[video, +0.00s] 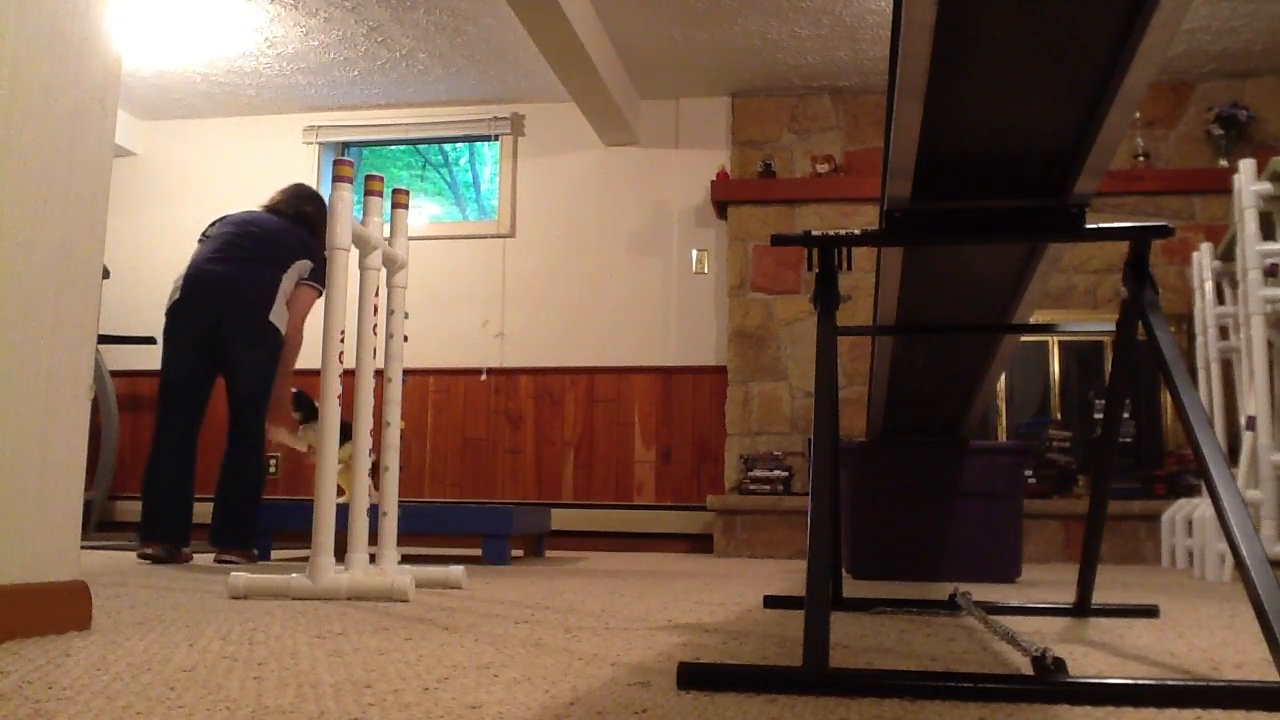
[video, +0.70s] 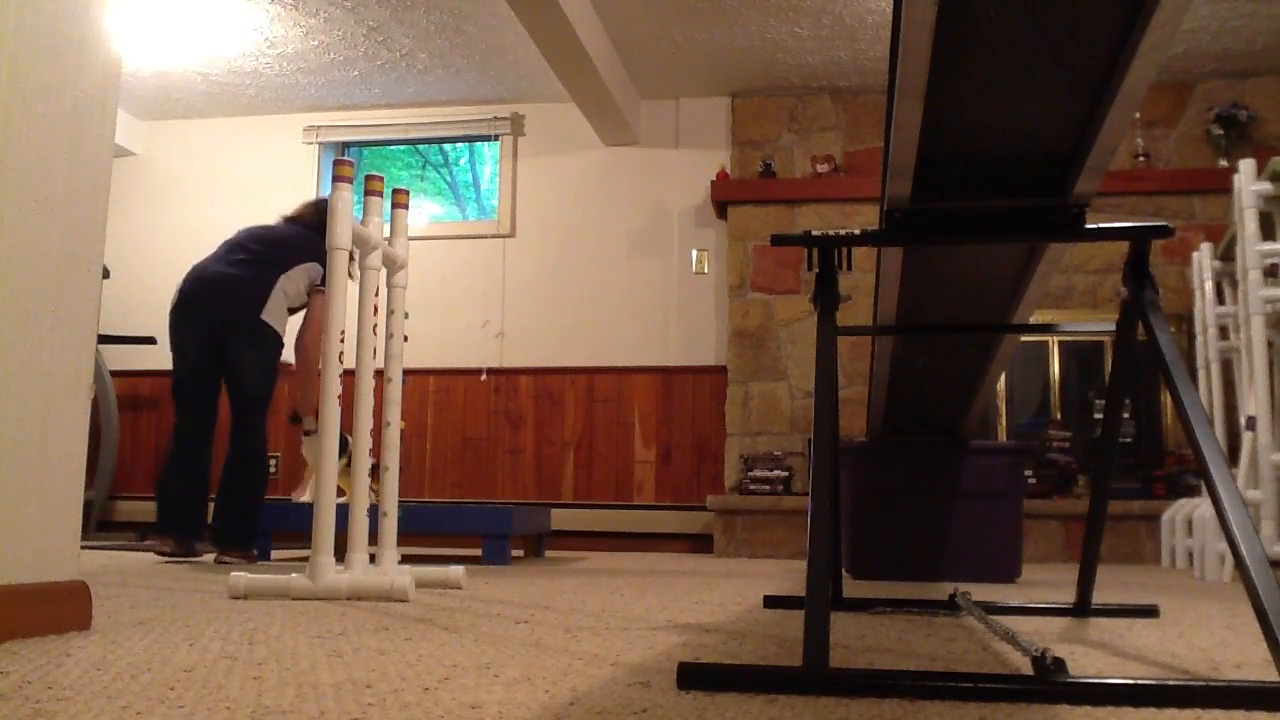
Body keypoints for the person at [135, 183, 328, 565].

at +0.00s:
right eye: (321, 227)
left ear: (273, 204)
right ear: (317, 222)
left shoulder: (229, 221)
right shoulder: (313, 249)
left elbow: (189, 288)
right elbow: (293, 323)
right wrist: (280, 401)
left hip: (189, 319)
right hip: (252, 328)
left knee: (176, 425)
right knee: (247, 434)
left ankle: (162, 538)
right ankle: (233, 543)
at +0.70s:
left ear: (300, 216)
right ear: (334, 233)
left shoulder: (259, 233)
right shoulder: (326, 257)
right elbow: (309, 342)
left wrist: (270, 361)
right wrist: (307, 404)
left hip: (191, 307)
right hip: (250, 322)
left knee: (192, 423)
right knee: (249, 433)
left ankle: (178, 532)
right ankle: (235, 542)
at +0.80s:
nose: (346, 271)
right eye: (347, 262)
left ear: (305, 225)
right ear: (338, 244)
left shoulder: (265, 242)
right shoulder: (327, 259)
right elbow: (304, 341)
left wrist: (284, 374)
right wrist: (308, 398)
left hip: (188, 309)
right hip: (247, 323)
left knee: (196, 423)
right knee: (248, 431)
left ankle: (184, 534)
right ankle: (234, 540)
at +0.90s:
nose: (347, 288)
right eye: (352, 276)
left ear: (316, 241)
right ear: (345, 258)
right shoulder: (326, 266)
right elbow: (306, 348)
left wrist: (303, 397)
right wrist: (316, 404)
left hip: (183, 312)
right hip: (238, 326)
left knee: (202, 430)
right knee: (247, 435)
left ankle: (204, 536)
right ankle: (236, 542)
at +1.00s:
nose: (353, 297)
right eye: (355, 287)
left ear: (325, 253)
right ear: (348, 270)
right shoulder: (329, 272)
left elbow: (280, 370)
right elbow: (308, 360)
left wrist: (319, 417)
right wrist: (329, 407)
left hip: (178, 321)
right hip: (227, 333)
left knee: (208, 434)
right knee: (245, 441)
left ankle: (212, 538)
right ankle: (236, 543)